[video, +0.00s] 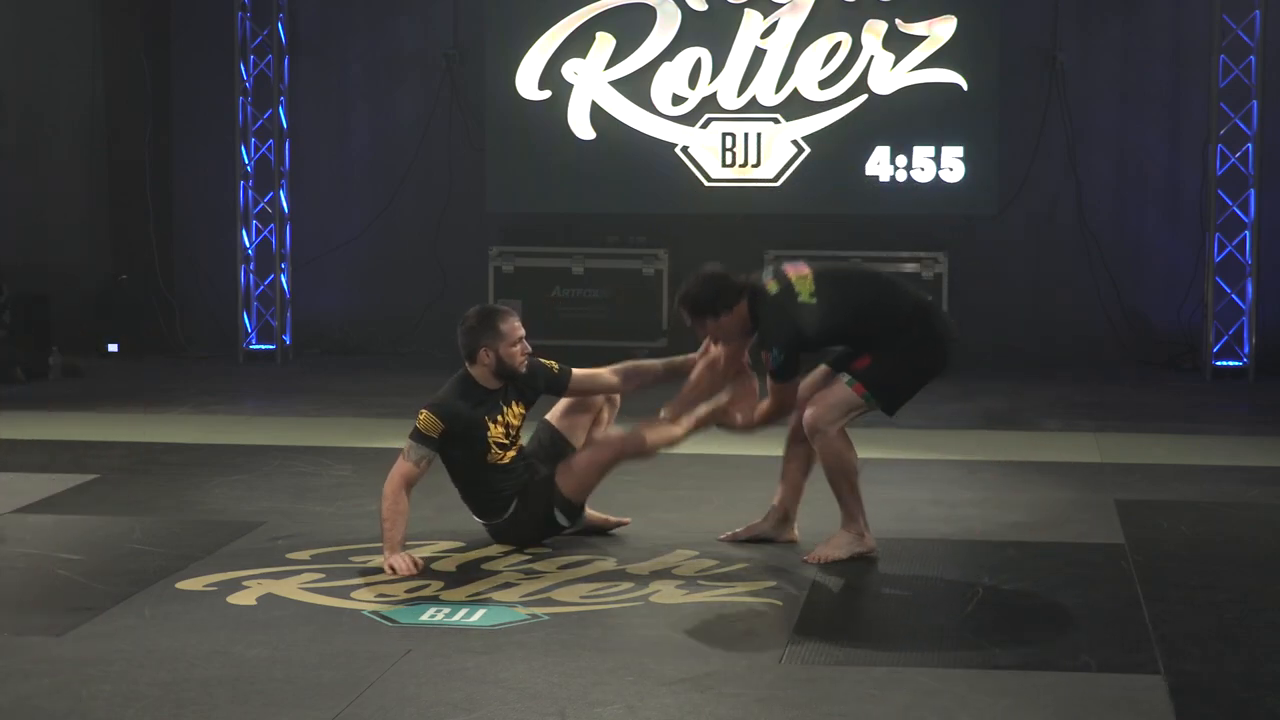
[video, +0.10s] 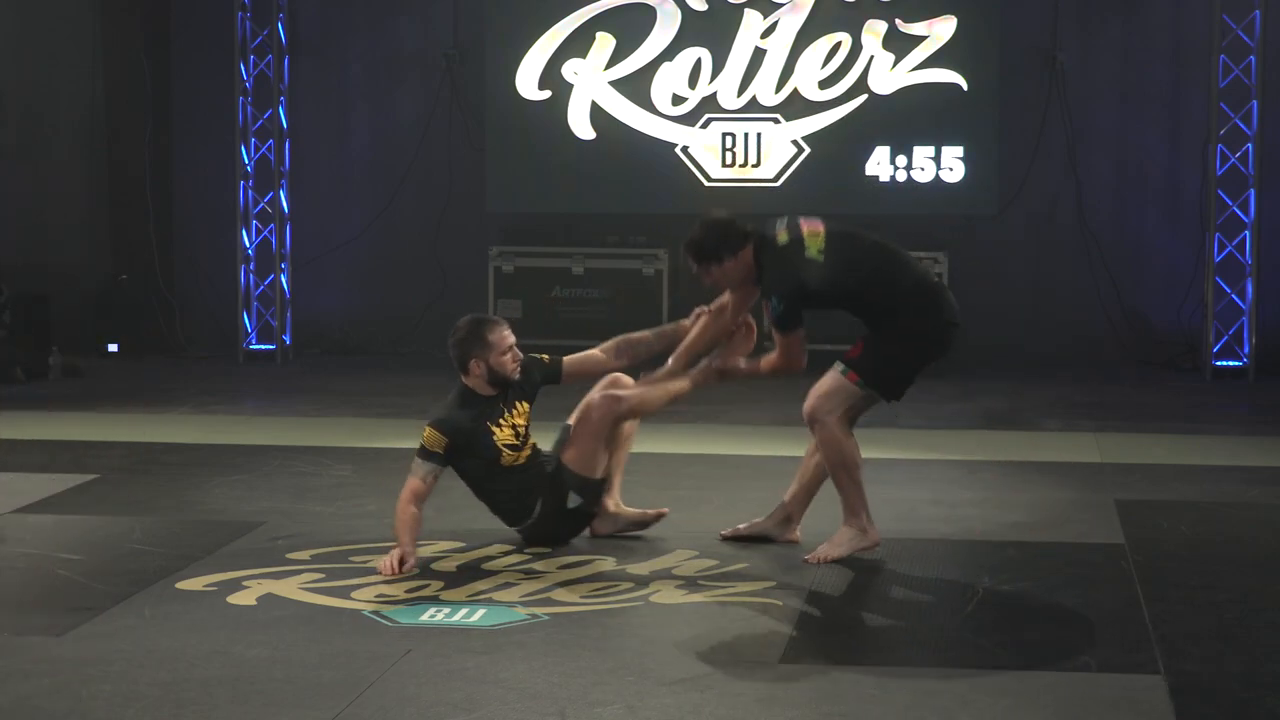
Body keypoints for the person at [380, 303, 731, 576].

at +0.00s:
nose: (528, 349)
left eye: (524, 339)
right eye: (518, 343)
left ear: (497, 352)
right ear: (486, 356)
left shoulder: (522, 373)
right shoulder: (447, 409)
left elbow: (614, 378)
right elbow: (398, 483)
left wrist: (691, 362)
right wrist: (392, 550)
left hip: (527, 473)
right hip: (514, 515)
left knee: (601, 396)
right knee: (609, 444)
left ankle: (570, 513)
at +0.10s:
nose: (518, 356)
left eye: (515, 348)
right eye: (506, 353)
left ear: (509, 349)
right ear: (475, 368)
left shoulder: (521, 372)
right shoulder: (451, 424)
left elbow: (611, 354)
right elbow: (412, 497)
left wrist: (688, 328)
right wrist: (406, 548)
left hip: (557, 487)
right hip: (542, 520)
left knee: (618, 383)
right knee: (606, 401)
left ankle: (608, 511)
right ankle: (707, 371)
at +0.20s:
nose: (513, 365)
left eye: (508, 356)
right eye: (501, 362)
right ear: (474, 381)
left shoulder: (519, 380)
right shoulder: (460, 444)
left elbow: (604, 349)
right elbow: (437, 518)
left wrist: (666, 309)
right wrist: (460, 548)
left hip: (586, 487)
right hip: (569, 520)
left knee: (667, 398)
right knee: (598, 404)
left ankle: (621, 511)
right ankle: (692, 332)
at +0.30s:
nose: (508, 377)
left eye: (502, 370)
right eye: (496, 376)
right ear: (471, 398)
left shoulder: (513, 387)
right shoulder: (463, 460)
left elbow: (587, 346)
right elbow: (441, 535)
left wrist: (627, 293)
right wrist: (487, 539)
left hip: (594, 480)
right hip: (581, 519)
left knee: (681, 394)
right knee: (584, 418)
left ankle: (632, 507)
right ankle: (657, 325)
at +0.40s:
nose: (503, 378)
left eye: (497, 369)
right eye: (491, 378)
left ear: (500, 365)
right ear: (466, 400)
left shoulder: (510, 379)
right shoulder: (454, 457)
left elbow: (578, 333)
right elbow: (438, 532)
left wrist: (626, 285)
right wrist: (472, 537)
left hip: (593, 480)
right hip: (568, 519)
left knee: (679, 393)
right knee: (574, 433)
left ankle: (630, 509)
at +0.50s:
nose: (503, 377)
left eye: (498, 367)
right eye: (490, 378)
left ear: (496, 360)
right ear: (462, 398)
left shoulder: (512, 370)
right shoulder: (447, 446)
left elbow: (584, 335)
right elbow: (441, 529)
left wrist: (627, 311)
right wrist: (465, 549)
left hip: (566, 462)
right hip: (537, 513)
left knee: (657, 387)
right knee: (574, 478)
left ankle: (626, 513)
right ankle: (673, 493)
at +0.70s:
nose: (519, 396)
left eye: (514, 385)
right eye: (506, 396)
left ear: (510, 374)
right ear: (474, 407)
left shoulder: (516, 377)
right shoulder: (444, 439)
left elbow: (592, 360)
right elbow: (435, 532)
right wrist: (466, 550)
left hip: (526, 450)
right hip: (492, 494)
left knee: (603, 391)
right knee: (513, 528)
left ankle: (624, 513)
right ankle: (624, 518)